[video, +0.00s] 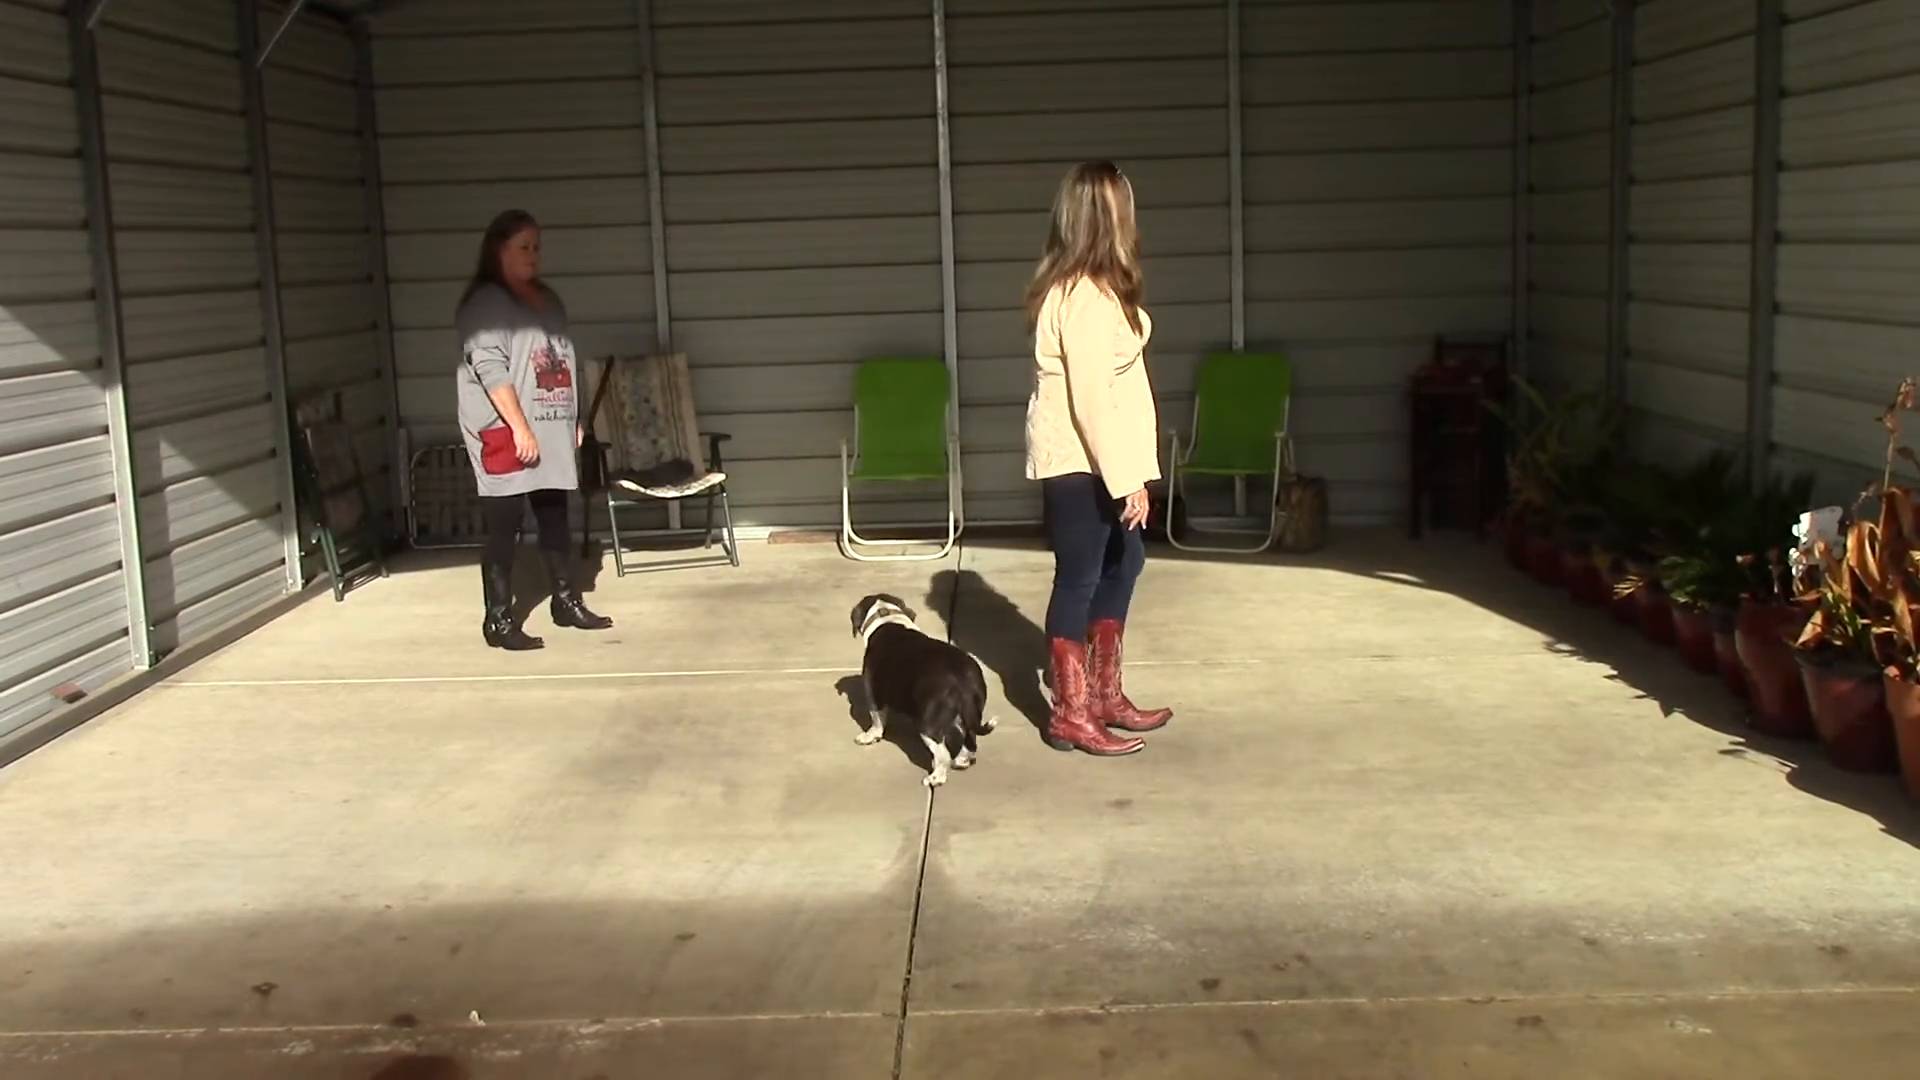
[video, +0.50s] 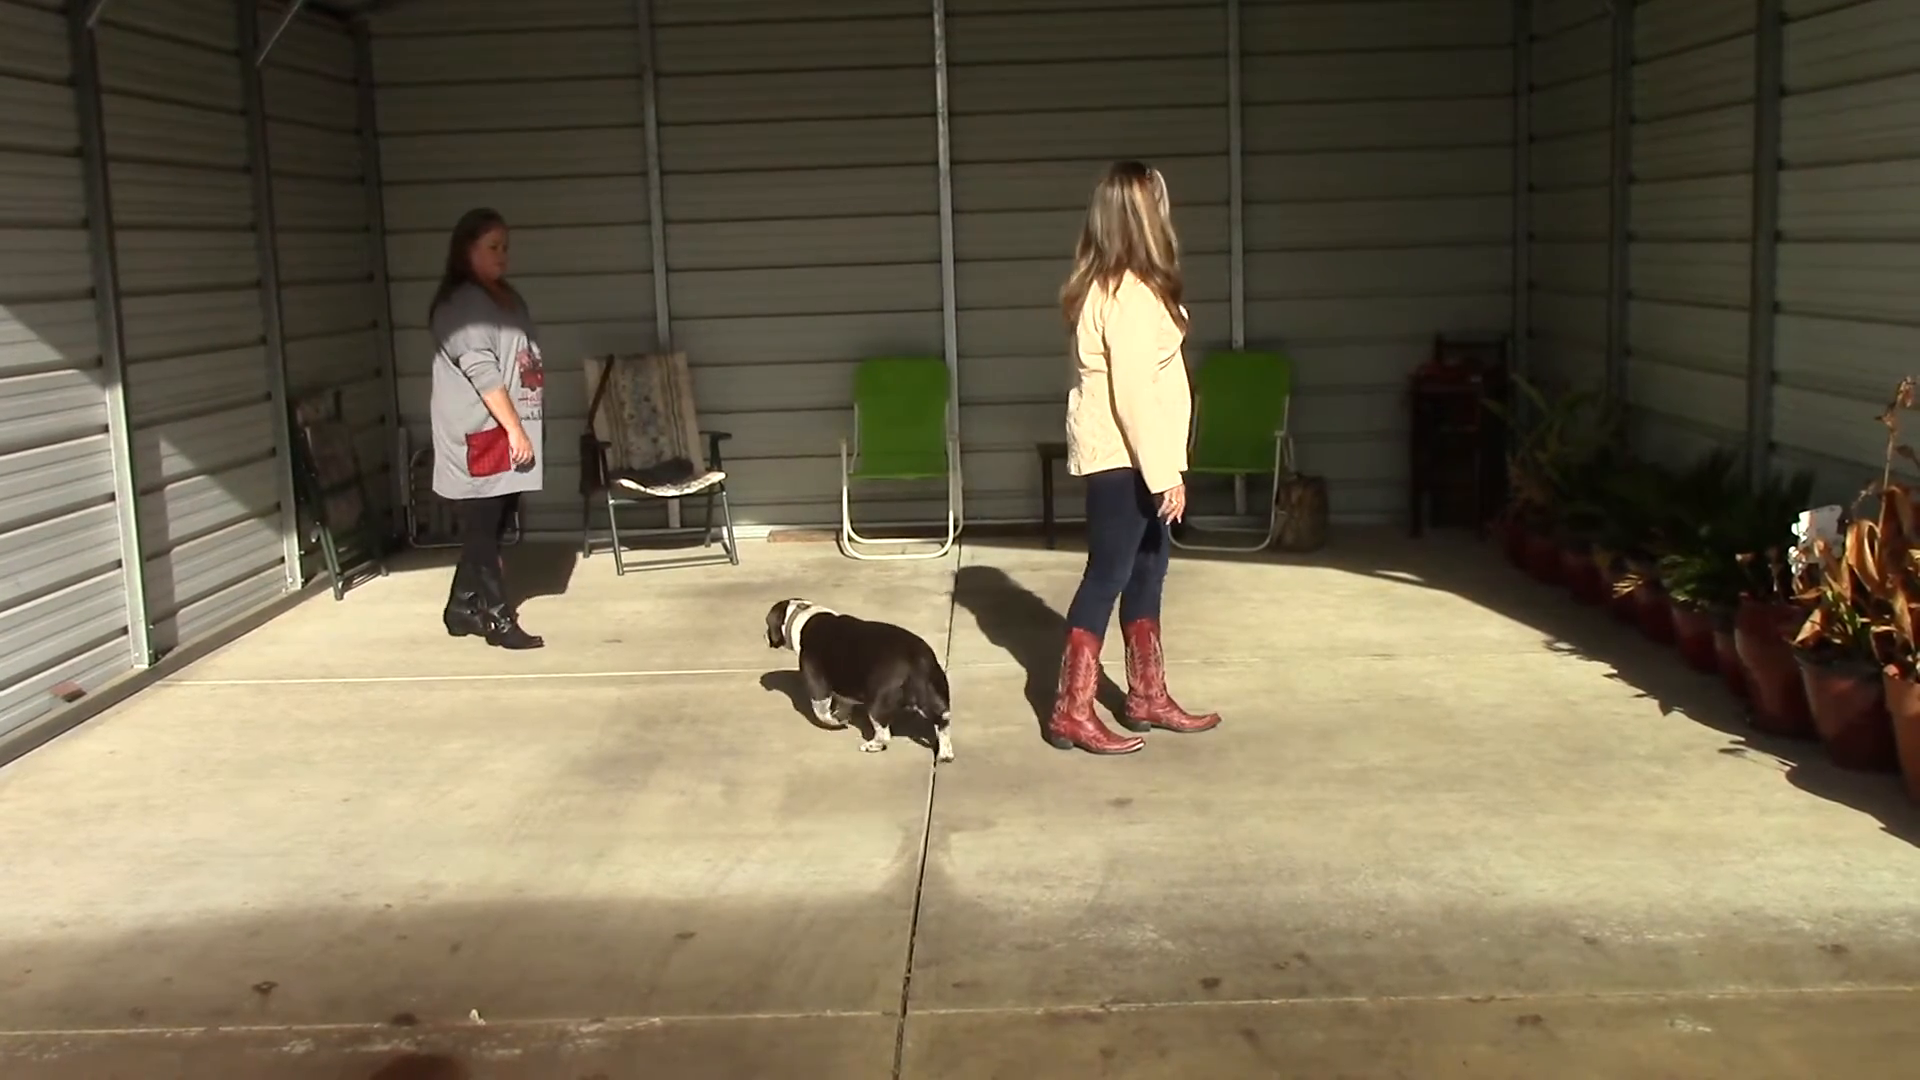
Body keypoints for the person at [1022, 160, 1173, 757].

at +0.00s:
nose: (1134, 221)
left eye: (1129, 209)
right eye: (1128, 211)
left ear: (1072, 217)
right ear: (1116, 218)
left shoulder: (1096, 289)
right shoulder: (1083, 294)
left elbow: (1118, 395)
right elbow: (1091, 402)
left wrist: (1139, 472)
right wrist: (1125, 482)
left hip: (1102, 453)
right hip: (1074, 457)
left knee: (1124, 559)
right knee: (1080, 571)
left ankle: (1103, 697)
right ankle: (1069, 714)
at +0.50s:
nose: (1168, 219)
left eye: (1163, 208)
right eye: (1162, 210)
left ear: (1107, 217)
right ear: (1148, 218)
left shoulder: (1126, 286)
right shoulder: (1126, 292)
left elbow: (1147, 390)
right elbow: (1134, 397)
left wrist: (1171, 466)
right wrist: (1164, 477)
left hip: (1139, 451)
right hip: (1116, 454)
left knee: (1149, 564)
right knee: (1110, 570)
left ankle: (1147, 696)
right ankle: (1071, 710)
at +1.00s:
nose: (1190, 211)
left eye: (1187, 202)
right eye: (1182, 204)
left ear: (1137, 213)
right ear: (1157, 212)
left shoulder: (1129, 277)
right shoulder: (1145, 282)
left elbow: (1139, 375)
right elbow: (1151, 378)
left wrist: (1182, 433)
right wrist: (1183, 443)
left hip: (1131, 446)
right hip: (1143, 447)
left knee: (1145, 560)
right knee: (1180, 557)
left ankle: (1142, 692)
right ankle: (1149, 697)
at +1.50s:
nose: (1204, 205)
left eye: (1201, 196)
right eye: (1195, 197)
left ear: (1152, 207)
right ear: (1172, 207)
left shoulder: (1137, 273)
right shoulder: (1165, 275)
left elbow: (1162, 363)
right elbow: (1171, 363)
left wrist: (1218, 399)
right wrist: (1217, 406)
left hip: (1141, 440)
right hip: (1161, 442)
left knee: (1155, 561)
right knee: (1168, 562)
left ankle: (1146, 694)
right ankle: (1151, 700)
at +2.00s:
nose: (1219, 210)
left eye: (1216, 200)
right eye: (1211, 201)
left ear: (1164, 209)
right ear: (1186, 210)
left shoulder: (1148, 276)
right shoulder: (1167, 282)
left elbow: (1172, 366)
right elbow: (1174, 371)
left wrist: (1230, 384)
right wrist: (1236, 396)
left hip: (1150, 442)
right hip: (1171, 443)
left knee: (1164, 559)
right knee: (1188, 562)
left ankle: (1149, 691)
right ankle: (1156, 698)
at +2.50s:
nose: (1216, 209)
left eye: (1214, 198)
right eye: (1209, 199)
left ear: (1165, 206)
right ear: (1184, 206)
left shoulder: (1144, 271)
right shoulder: (1175, 272)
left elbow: (1167, 358)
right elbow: (1181, 356)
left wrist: (1237, 376)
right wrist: (1243, 382)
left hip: (1142, 439)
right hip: (1170, 440)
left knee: (1160, 558)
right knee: (1191, 559)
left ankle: (1150, 691)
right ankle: (1156, 698)